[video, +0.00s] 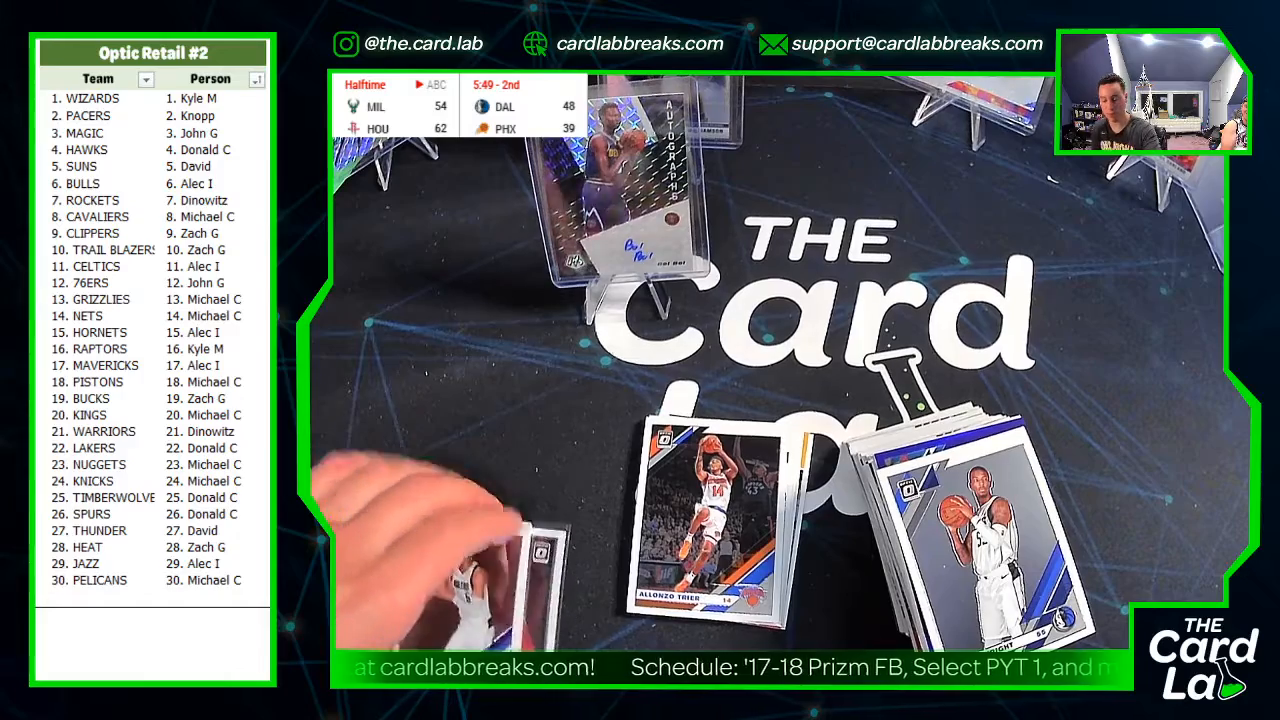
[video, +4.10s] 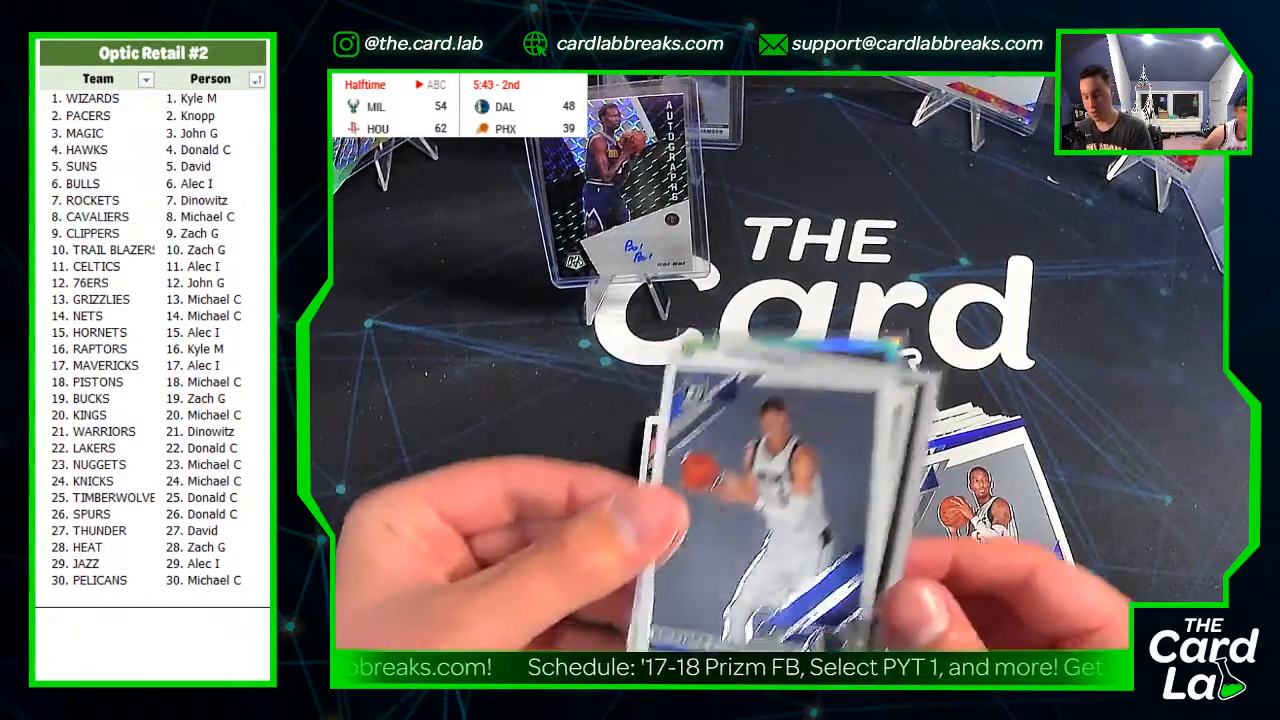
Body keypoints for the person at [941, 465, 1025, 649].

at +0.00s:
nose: (980, 483)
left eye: (983, 479)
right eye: (975, 480)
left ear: (990, 481)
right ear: (970, 486)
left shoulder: (1000, 504)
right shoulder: (974, 517)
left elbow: (996, 538)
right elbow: (965, 559)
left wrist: (972, 517)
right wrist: (953, 531)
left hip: (1007, 579)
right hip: (985, 585)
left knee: (1018, 633)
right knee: (991, 641)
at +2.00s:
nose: (980, 484)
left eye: (983, 479)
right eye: (975, 480)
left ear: (990, 482)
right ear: (970, 486)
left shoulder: (1000, 505)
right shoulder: (975, 517)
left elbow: (996, 540)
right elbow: (965, 559)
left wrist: (972, 517)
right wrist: (953, 531)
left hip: (1006, 579)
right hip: (984, 584)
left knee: (1018, 632)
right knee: (992, 640)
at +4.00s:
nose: (981, 485)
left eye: (984, 480)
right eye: (976, 481)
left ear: (990, 484)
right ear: (970, 487)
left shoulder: (1000, 505)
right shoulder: (977, 515)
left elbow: (997, 539)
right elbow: (964, 555)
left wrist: (973, 518)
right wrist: (954, 533)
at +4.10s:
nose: (981, 485)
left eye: (985, 480)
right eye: (976, 481)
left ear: (990, 484)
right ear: (970, 486)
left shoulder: (1000, 505)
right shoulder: (977, 512)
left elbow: (997, 538)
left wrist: (972, 518)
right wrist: (954, 532)